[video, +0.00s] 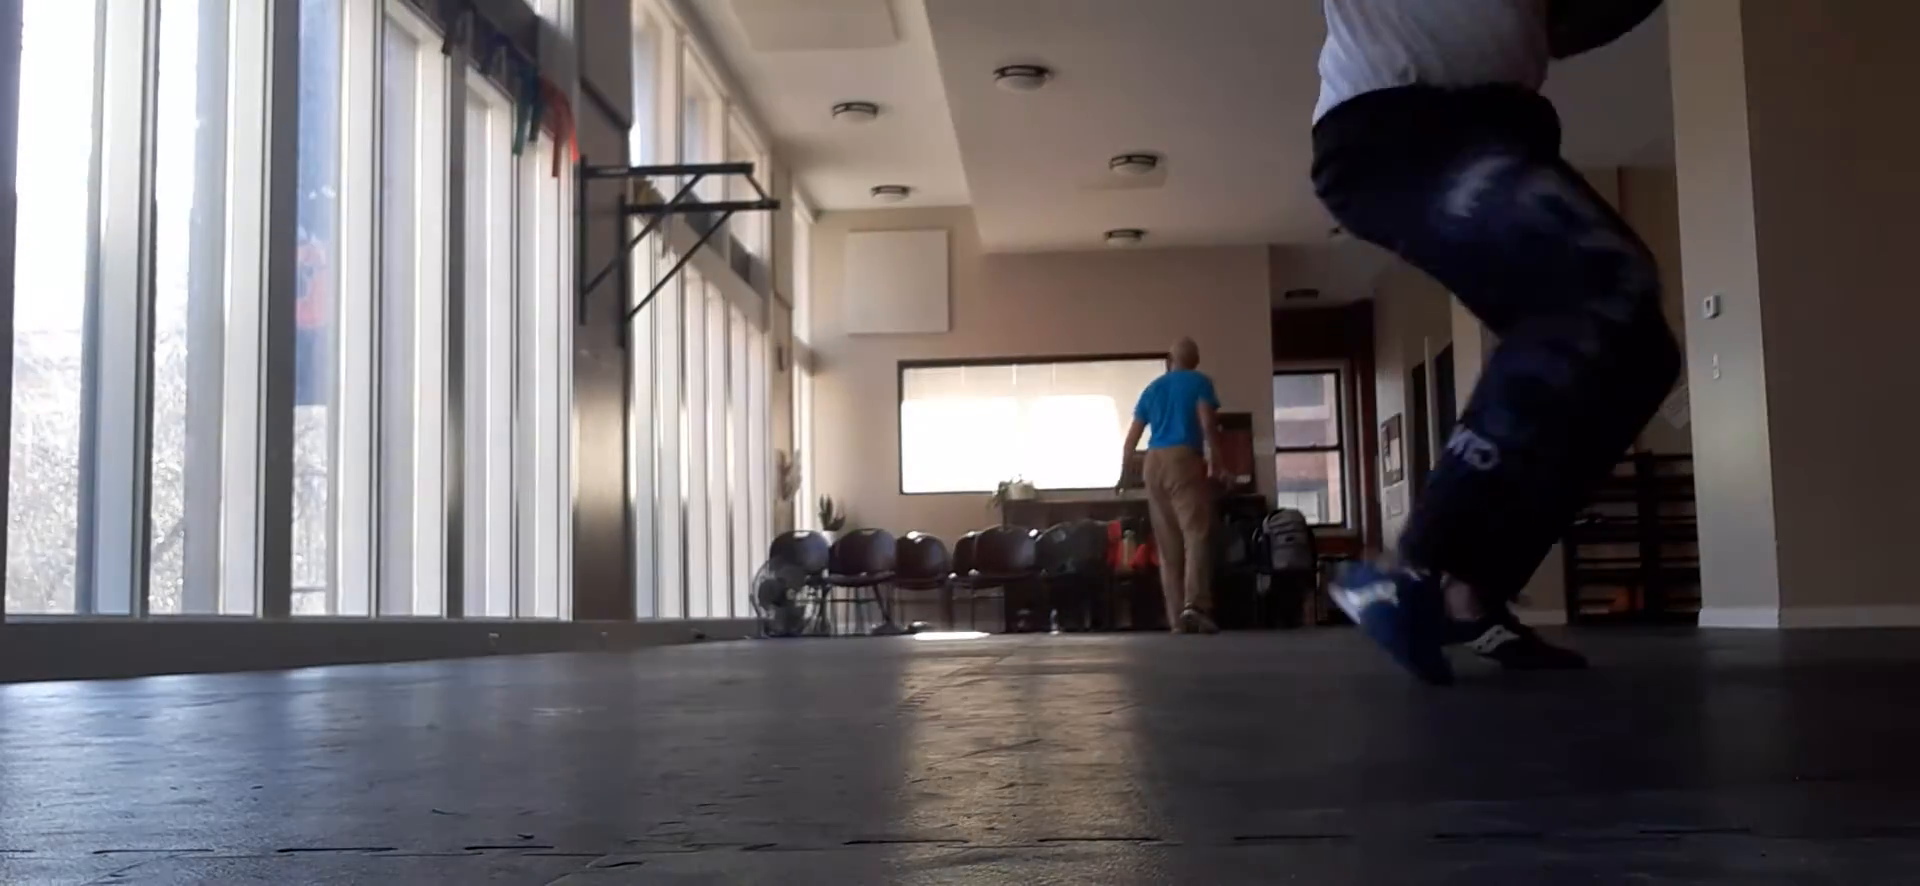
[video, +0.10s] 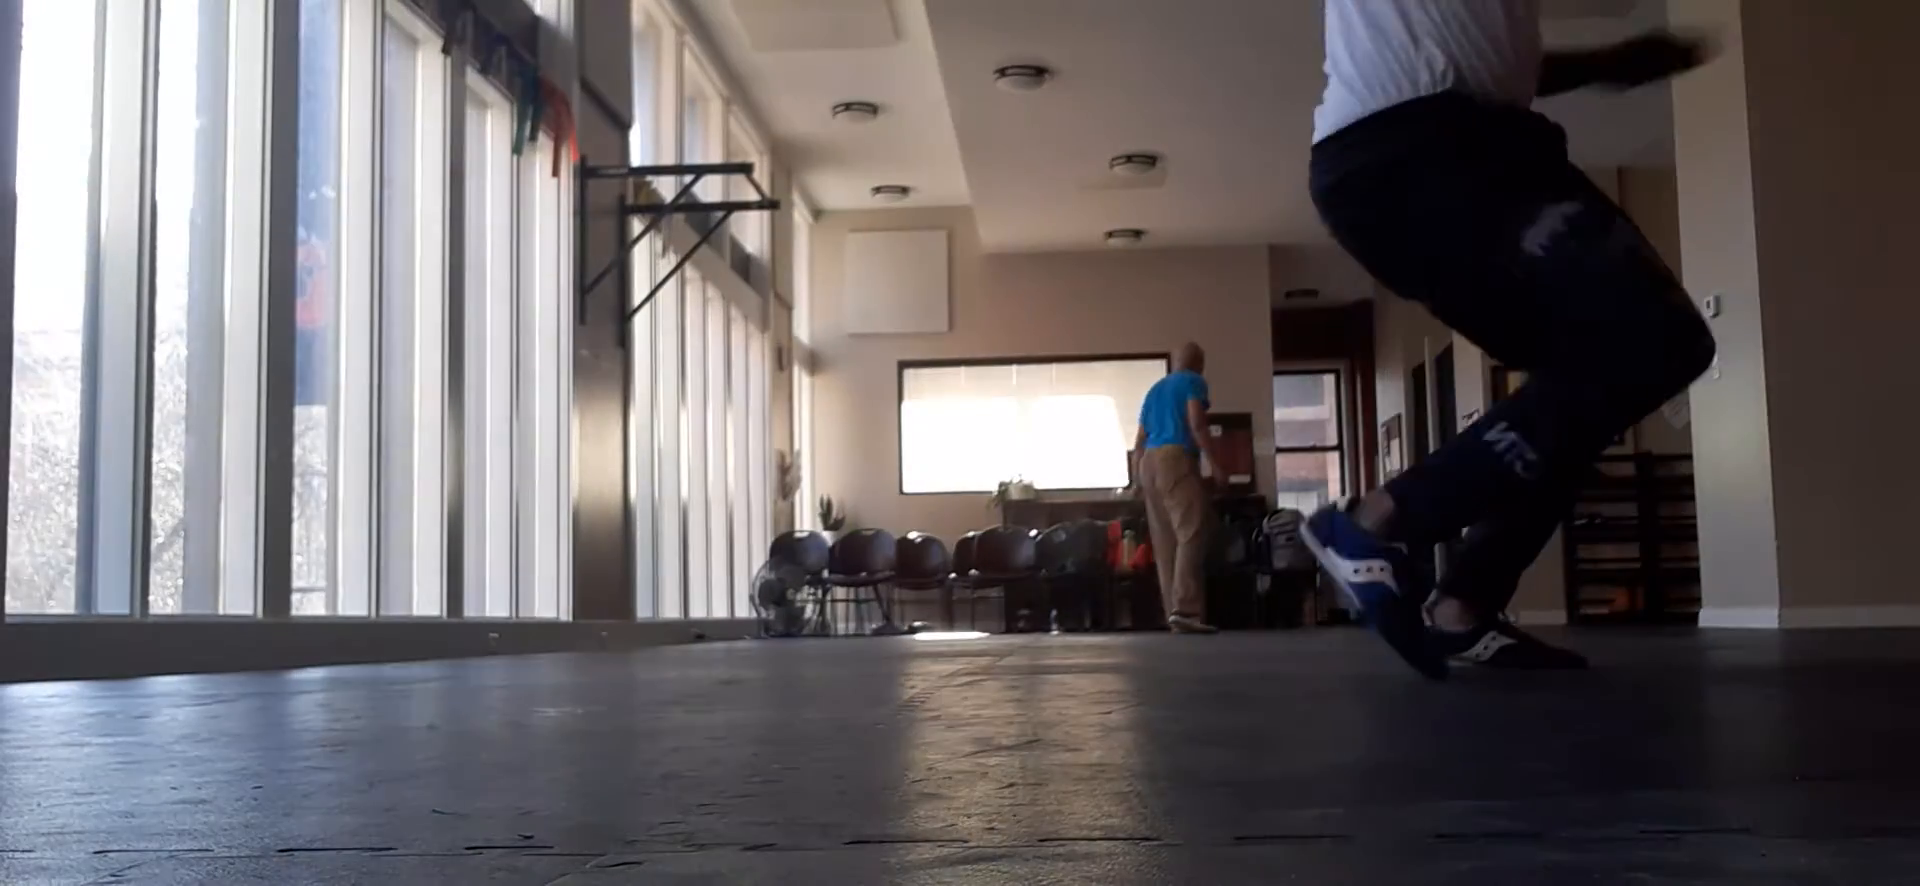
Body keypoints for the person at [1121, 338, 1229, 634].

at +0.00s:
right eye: (1193, 358)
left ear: (1171, 360)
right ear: (1196, 361)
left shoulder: (1153, 387)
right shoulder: (1200, 381)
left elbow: (1132, 437)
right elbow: (1207, 421)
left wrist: (1125, 473)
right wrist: (1217, 462)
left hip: (1153, 458)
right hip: (1184, 456)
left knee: (1167, 540)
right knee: (1194, 533)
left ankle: (1175, 618)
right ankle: (1193, 605)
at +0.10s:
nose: (1201, 370)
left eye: (1200, 364)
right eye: (1201, 365)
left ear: (1177, 361)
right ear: (1199, 364)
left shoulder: (1155, 389)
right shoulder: (1192, 381)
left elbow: (1140, 438)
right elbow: (1196, 423)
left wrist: (1137, 475)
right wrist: (1215, 464)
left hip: (1147, 457)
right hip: (1174, 455)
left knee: (1163, 536)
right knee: (1189, 531)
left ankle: (1172, 610)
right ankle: (1185, 610)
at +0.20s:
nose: (1205, 373)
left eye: (1205, 368)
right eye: (1204, 367)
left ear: (1179, 361)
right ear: (1198, 364)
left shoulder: (1159, 387)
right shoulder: (1184, 380)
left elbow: (1157, 430)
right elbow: (1182, 420)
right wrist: (1205, 460)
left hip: (1146, 455)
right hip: (1167, 455)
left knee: (1161, 534)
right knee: (1182, 529)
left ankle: (1168, 606)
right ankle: (1175, 609)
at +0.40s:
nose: (1198, 360)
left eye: (1198, 355)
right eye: (1194, 354)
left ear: (1183, 357)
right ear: (1177, 355)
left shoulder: (1174, 387)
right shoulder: (1164, 379)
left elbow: (1183, 441)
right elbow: (1155, 421)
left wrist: (1203, 470)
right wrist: (1174, 460)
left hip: (1164, 461)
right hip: (1153, 459)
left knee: (1171, 535)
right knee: (1166, 533)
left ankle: (1172, 614)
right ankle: (1149, 610)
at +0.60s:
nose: (1176, 354)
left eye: (1178, 349)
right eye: (1171, 349)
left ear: (1177, 354)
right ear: (1157, 352)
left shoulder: (1172, 393)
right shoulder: (1140, 384)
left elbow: (1186, 431)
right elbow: (1129, 425)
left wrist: (1211, 452)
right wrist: (1141, 467)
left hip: (1165, 470)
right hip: (1142, 469)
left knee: (1165, 543)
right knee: (1149, 543)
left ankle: (1169, 616)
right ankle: (1143, 618)